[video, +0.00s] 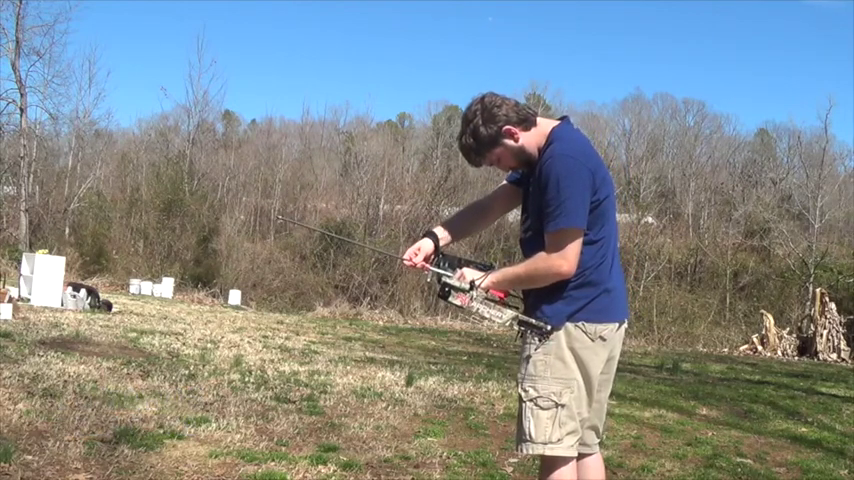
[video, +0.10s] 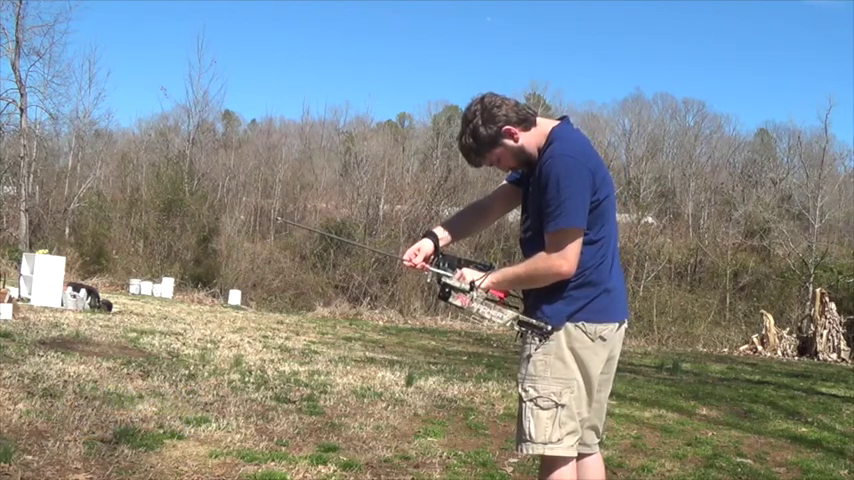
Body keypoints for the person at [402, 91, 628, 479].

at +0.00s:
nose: (499, 167)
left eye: (495, 160)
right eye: (492, 164)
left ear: (511, 133)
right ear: (513, 129)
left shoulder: (563, 159)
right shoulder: (551, 150)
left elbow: (562, 262)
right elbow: (493, 205)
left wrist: (489, 280)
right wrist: (436, 238)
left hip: (571, 319)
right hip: (589, 315)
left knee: (557, 449)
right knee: (584, 445)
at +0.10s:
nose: (499, 168)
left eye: (495, 160)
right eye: (492, 164)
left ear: (511, 133)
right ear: (513, 129)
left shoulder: (563, 159)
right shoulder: (551, 149)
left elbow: (562, 262)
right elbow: (493, 205)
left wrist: (489, 280)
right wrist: (436, 239)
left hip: (571, 319)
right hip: (590, 316)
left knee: (557, 449)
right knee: (584, 445)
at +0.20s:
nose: (499, 168)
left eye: (495, 160)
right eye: (492, 164)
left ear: (511, 133)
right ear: (513, 129)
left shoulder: (563, 159)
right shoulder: (551, 150)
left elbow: (562, 262)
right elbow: (493, 205)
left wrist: (489, 280)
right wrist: (436, 240)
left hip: (571, 319)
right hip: (589, 316)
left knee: (557, 449)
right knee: (584, 445)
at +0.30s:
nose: (499, 166)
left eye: (495, 158)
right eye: (492, 163)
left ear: (511, 132)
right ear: (514, 128)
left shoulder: (563, 159)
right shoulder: (551, 150)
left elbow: (562, 262)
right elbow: (492, 207)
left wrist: (488, 279)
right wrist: (437, 241)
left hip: (570, 319)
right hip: (589, 316)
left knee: (557, 449)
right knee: (584, 445)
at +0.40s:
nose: (496, 163)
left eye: (493, 153)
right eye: (489, 158)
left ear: (512, 128)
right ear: (514, 124)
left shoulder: (563, 159)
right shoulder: (549, 149)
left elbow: (562, 262)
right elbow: (493, 207)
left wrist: (489, 279)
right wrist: (436, 241)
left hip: (570, 319)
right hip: (588, 316)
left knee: (557, 449)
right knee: (585, 445)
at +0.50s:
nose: (496, 158)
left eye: (493, 148)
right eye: (489, 153)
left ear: (513, 123)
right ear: (516, 121)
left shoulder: (562, 157)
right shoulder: (549, 149)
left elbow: (562, 261)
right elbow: (492, 205)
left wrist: (488, 279)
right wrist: (433, 239)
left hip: (569, 319)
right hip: (590, 317)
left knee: (557, 450)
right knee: (585, 446)